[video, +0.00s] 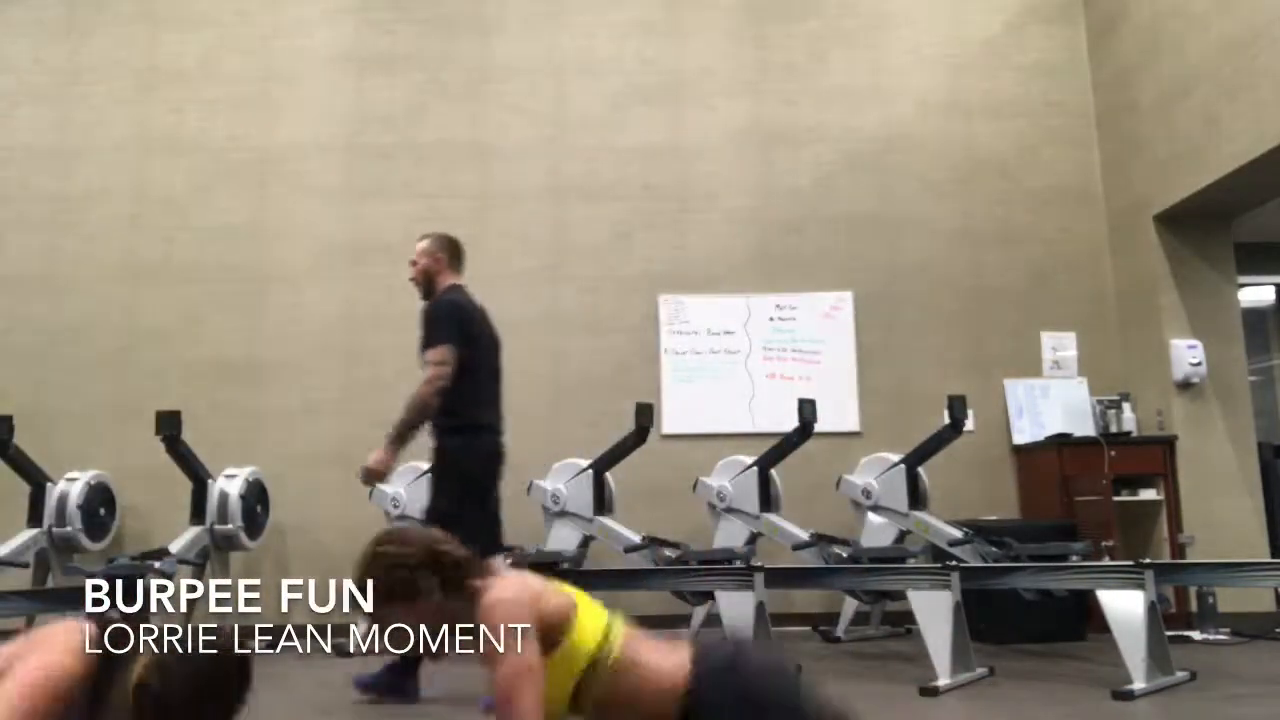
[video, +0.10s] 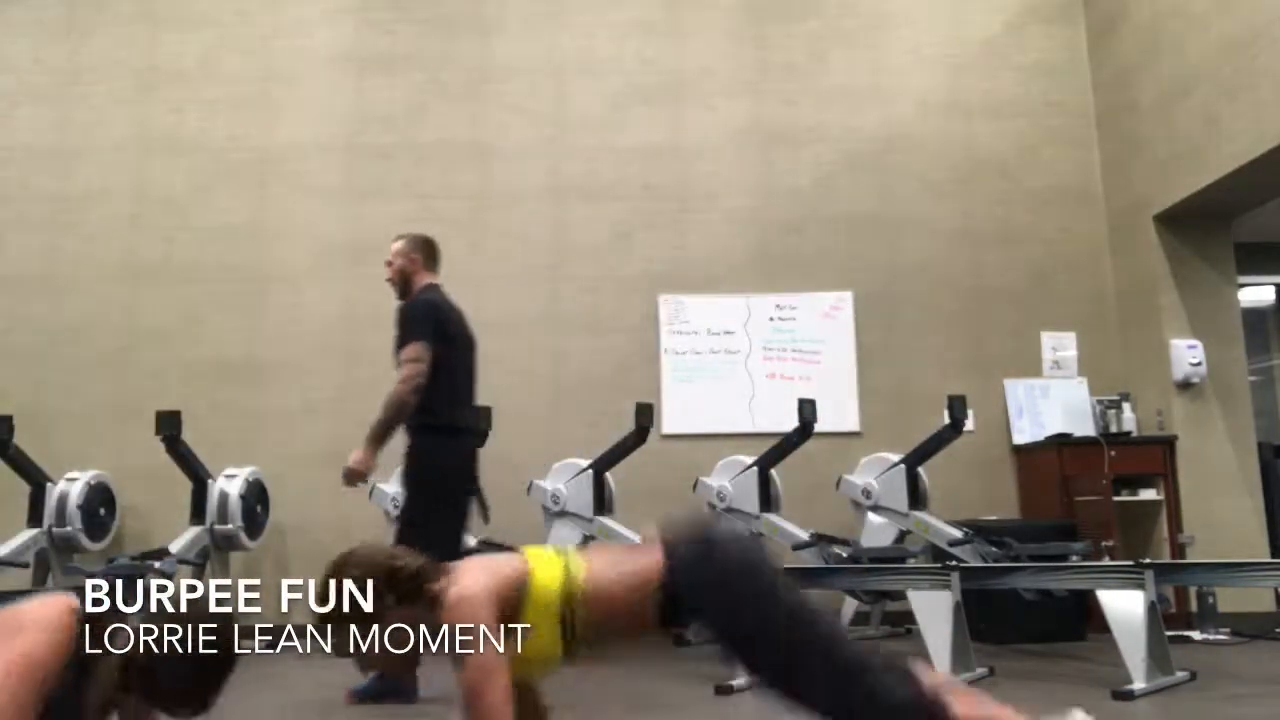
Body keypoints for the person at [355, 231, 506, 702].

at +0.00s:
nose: (410, 271)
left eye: (416, 263)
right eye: (411, 263)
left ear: (439, 263)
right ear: (448, 265)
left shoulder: (444, 307)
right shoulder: (470, 309)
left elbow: (437, 381)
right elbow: (472, 391)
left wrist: (390, 449)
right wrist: (446, 451)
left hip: (460, 452)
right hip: (481, 449)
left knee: (432, 556)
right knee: (481, 558)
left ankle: (403, 668)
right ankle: (515, 667)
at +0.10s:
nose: (387, 272)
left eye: (392, 263)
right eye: (387, 264)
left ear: (415, 263)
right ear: (424, 265)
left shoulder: (420, 307)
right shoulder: (446, 309)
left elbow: (412, 381)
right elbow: (453, 397)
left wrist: (368, 448)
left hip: (434, 454)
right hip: (454, 453)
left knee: (410, 560)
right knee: (436, 561)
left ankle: (396, 672)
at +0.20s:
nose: (357, 269)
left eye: (362, 260)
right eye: (357, 261)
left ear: (386, 262)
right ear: (395, 263)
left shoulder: (394, 303)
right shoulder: (413, 304)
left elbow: (393, 376)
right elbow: (424, 395)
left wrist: (352, 447)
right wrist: (435, 473)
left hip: (400, 454)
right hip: (423, 452)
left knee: (370, 557)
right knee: (415, 557)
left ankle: (395, 670)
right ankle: (432, 662)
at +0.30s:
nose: (326, 270)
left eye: (331, 260)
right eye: (326, 262)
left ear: (355, 260)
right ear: (361, 261)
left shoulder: (369, 303)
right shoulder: (380, 303)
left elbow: (377, 375)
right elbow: (387, 386)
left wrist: (340, 446)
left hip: (376, 444)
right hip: (395, 445)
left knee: (317, 548)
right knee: (385, 552)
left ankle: (352, 668)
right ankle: (397, 669)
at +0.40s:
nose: (291, 276)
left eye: (295, 267)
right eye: (290, 268)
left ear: (318, 265)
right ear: (322, 265)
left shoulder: (339, 310)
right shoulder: (334, 313)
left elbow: (349, 388)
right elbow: (327, 402)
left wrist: (326, 457)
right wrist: (300, 461)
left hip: (346, 456)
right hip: (361, 454)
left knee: (292, 561)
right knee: (373, 562)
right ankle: (396, 670)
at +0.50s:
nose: (261, 277)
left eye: (265, 267)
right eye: (260, 269)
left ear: (289, 266)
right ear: (293, 266)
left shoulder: (311, 314)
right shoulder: (308, 313)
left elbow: (324, 396)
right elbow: (305, 403)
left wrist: (310, 466)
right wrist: (271, 463)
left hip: (313, 465)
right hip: (330, 463)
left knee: (266, 568)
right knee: (348, 568)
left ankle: (243, 679)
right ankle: (390, 664)